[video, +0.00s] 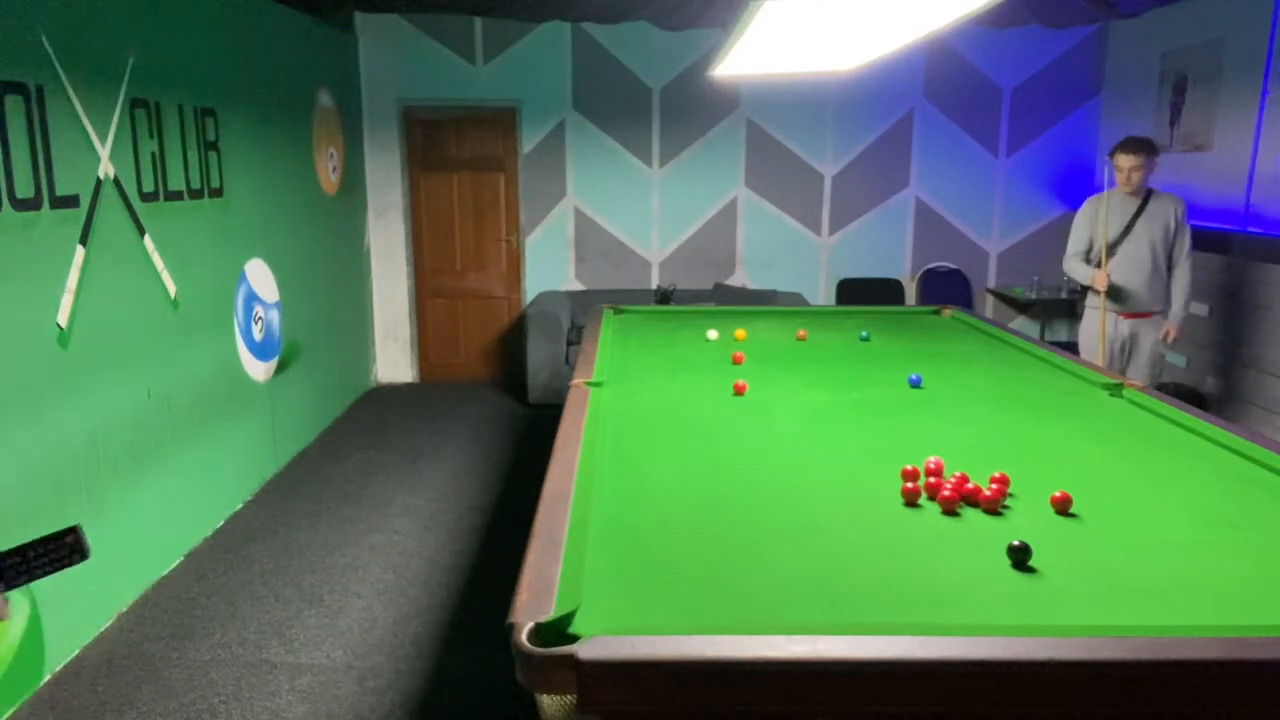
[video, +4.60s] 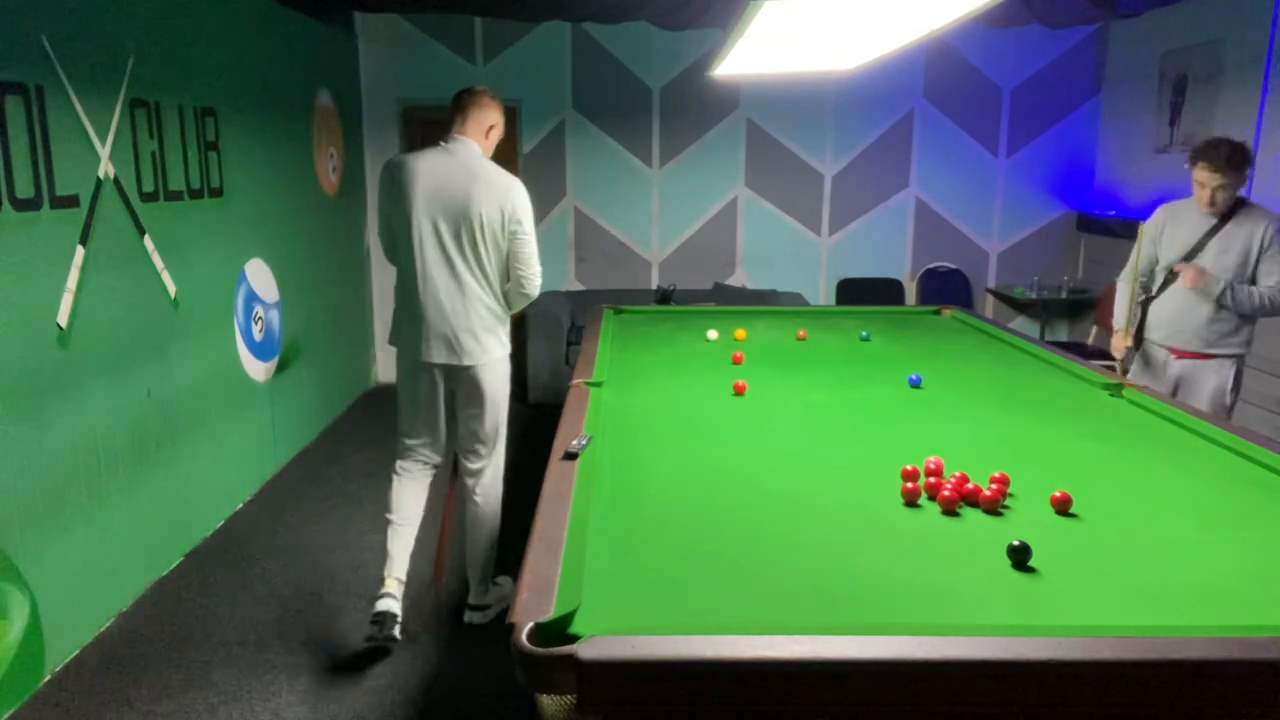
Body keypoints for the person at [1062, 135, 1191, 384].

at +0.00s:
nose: (1126, 178)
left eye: (1135, 170)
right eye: (1119, 170)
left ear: (1152, 168)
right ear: (1113, 167)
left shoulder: (1171, 209)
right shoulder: (1094, 207)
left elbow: (1181, 265)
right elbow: (1071, 260)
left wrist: (1175, 317)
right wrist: (1091, 276)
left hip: (1149, 324)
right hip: (1101, 321)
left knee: (1137, 403)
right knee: (1095, 399)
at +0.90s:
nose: (1171, 180)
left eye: (1180, 172)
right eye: (1163, 172)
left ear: (1195, 171)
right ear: (1153, 171)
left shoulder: (1214, 216)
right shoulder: (1129, 210)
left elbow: (1223, 280)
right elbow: (1103, 258)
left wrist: (1218, 338)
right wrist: (1095, 291)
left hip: (1176, 338)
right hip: (1124, 330)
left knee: (1160, 423)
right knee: (1100, 412)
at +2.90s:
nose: (1161, 189)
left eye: (1171, 181)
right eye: (1159, 180)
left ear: (1202, 175)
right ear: (1156, 176)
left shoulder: (1228, 224)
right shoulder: (1153, 213)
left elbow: (1235, 302)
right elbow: (1127, 276)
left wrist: (1173, 343)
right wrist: (1094, 328)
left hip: (1182, 366)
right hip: (1131, 352)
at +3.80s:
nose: (1119, 190)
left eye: (1126, 181)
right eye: (1114, 182)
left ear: (1154, 170)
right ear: (1110, 179)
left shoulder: (1186, 217)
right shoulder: (1107, 213)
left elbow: (1191, 291)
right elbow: (1087, 273)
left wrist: (1127, 325)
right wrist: (1075, 325)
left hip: (1153, 355)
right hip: (1102, 349)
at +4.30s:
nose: (1140, 194)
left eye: (1151, 185)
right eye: (1133, 183)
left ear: (1176, 177)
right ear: (1128, 177)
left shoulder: (1204, 224)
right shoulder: (1111, 215)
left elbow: (1217, 294)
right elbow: (1087, 274)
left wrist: (1176, 339)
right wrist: (1078, 325)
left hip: (1167, 363)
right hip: (1110, 354)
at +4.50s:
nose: (1177, 194)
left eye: (1190, 185)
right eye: (1170, 183)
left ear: (1214, 179)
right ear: (1164, 176)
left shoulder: (1238, 228)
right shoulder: (1143, 215)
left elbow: (1251, 297)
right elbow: (1112, 275)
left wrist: (1198, 329)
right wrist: (1100, 329)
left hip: (1194, 366)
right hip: (1136, 357)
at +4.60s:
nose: (1208, 198)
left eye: (1221, 188)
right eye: (1200, 185)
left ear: (1242, 183)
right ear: (1192, 177)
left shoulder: (1263, 228)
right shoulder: (1165, 217)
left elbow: (1272, 298)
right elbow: (1132, 277)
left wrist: (1215, 286)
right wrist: (1121, 329)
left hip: (1212, 369)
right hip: (1150, 359)